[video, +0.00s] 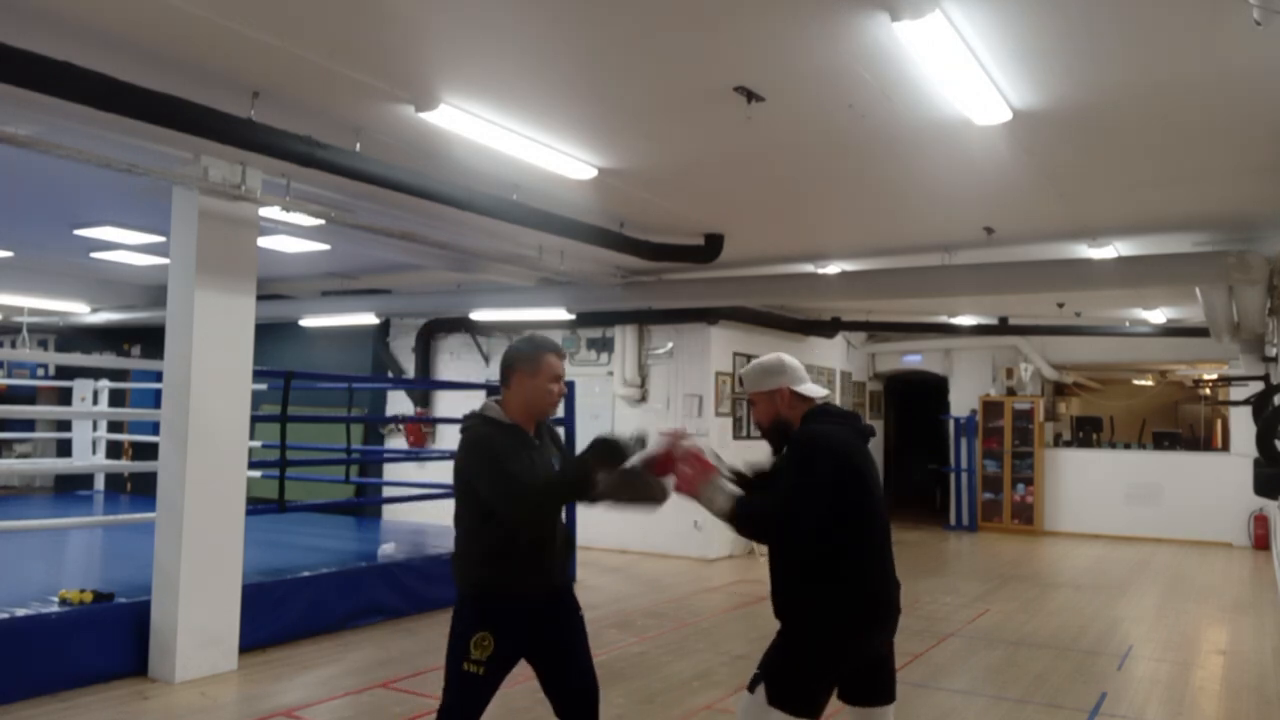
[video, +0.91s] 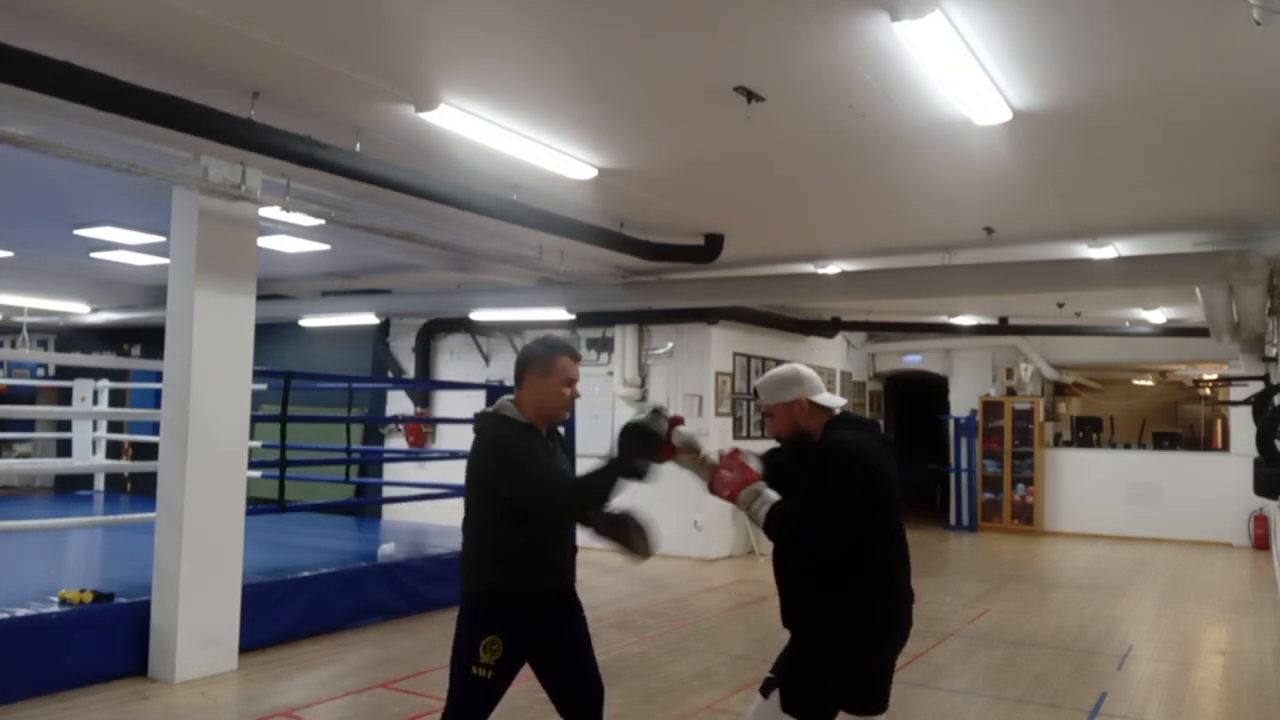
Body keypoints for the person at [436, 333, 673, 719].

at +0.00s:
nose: (562, 391)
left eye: (563, 382)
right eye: (554, 381)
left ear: (522, 381)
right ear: (517, 379)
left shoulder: (547, 438)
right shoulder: (482, 438)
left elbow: (573, 485)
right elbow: (527, 499)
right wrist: (586, 463)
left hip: (549, 600)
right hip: (490, 603)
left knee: (581, 706)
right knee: (459, 711)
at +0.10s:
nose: (566, 393)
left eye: (567, 384)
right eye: (558, 382)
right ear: (521, 381)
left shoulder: (556, 436)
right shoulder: (481, 441)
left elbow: (601, 470)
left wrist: (650, 454)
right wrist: (557, 468)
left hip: (552, 601)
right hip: (491, 604)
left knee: (583, 707)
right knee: (458, 712)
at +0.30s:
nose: (577, 392)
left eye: (577, 383)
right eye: (569, 382)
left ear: (545, 381)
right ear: (534, 379)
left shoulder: (562, 434)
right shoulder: (497, 434)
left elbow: (587, 482)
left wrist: (625, 495)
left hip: (553, 594)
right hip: (496, 597)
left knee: (584, 703)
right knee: (462, 709)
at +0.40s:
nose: (578, 390)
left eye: (577, 381)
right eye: (570, 380)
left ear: (541, 382)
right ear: (535, 380)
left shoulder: (565, 436)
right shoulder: (497, 437)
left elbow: (580, 484)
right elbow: (541, 500)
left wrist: (603, 505)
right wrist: (601, 454)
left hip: (558, 592)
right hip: (500, 596)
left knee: (588, 702)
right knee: (462, 710)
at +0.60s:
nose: (575, 392)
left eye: (576, 384)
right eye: (567, 383)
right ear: (531, 382)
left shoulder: (581, 430)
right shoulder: (487, 450)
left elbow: (639, 433)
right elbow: (499, 534)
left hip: (561, 599)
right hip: (498, 604)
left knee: (595, 706)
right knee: (462, 712)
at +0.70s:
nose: (576, 393)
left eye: (577, 383)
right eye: (568, 382)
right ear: (533, 381)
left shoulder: (574, 433)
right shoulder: (488, 446)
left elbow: (625, 452)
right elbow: (492, 519)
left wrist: (673, 455)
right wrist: (532, 437)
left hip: (559, 598)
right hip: (499, 602)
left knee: (592, 706)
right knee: (464, 712)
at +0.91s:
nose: (575, 394)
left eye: (576, 385)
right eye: (567, 383)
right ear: (530, 380)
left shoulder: (548, 439)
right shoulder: (500, 437)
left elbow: (564, 501)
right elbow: (559, 502)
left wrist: (608, 523)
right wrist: (618, 466)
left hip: (552, 600)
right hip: (497, 602)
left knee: (585, 703)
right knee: (465, 710)